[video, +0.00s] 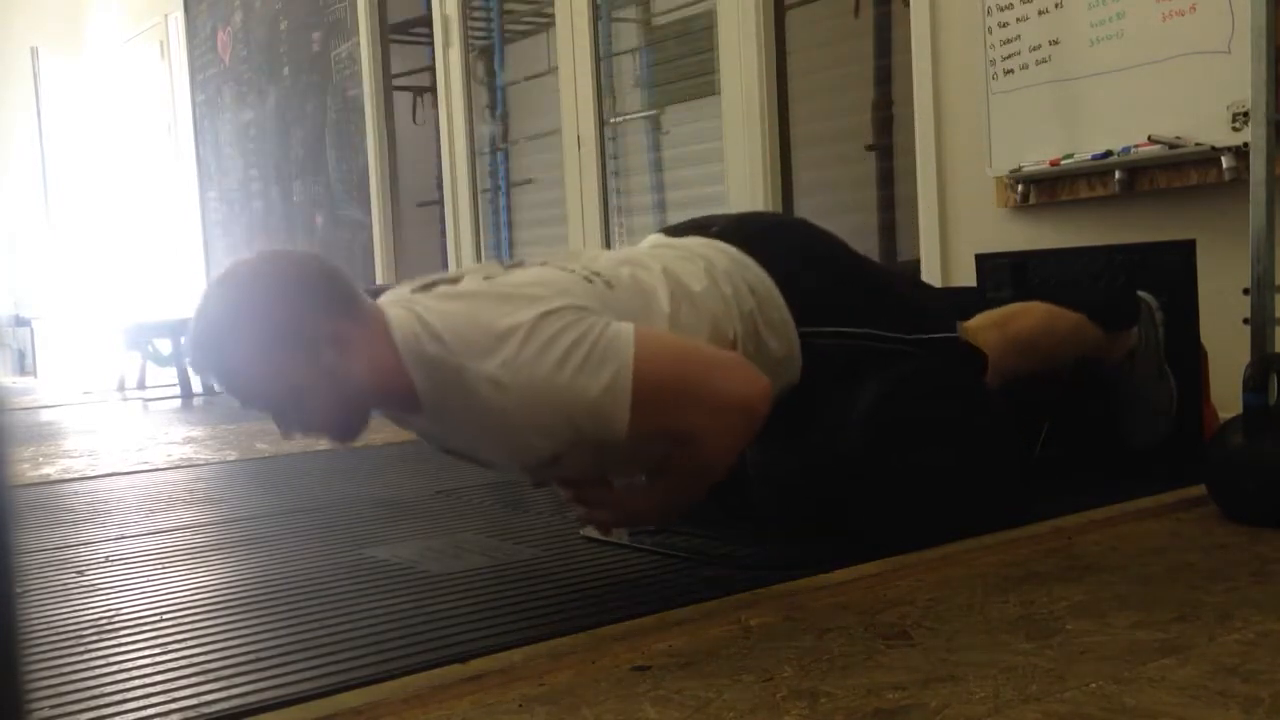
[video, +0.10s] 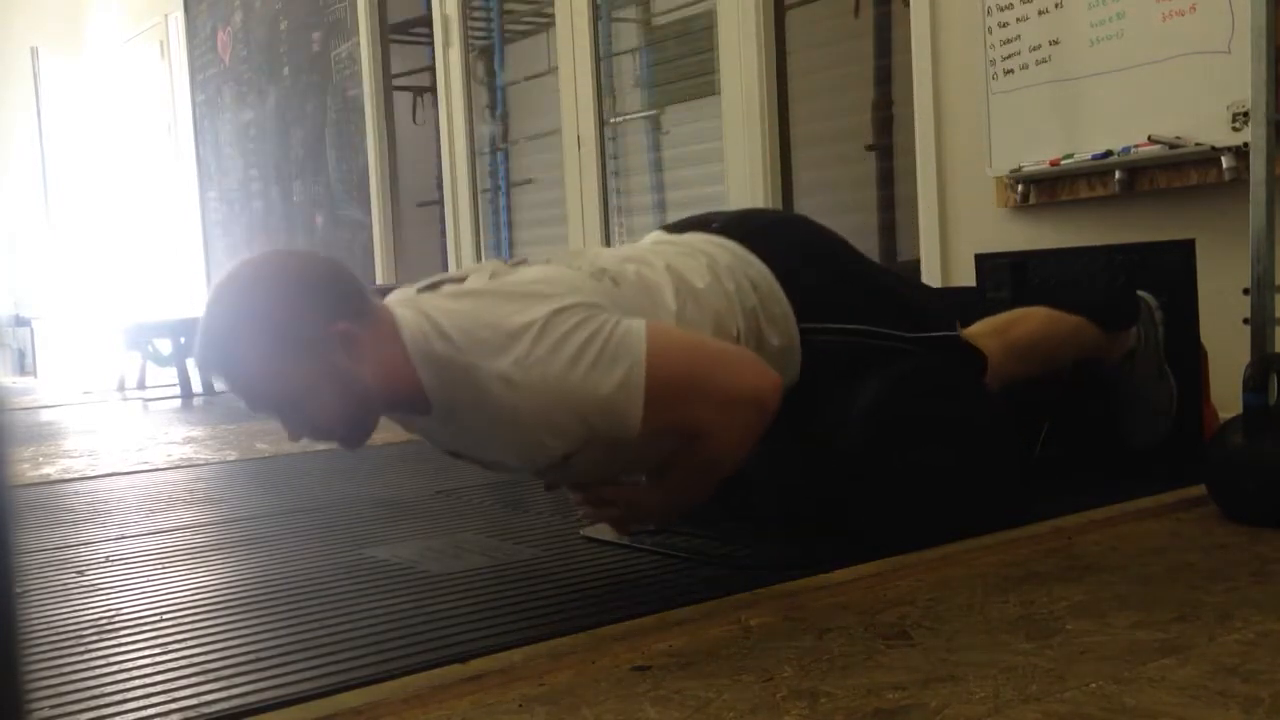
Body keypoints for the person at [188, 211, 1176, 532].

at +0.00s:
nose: (282, 420)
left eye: (277, 393)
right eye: (262, 405)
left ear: (338, 346)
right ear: (330, 336)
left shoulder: (505, 367)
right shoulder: (398, 343)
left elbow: (743, 404)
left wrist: (653, 495)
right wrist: (597, 460)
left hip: (766, 298)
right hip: (705, 266)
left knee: (959, 340)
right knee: (918, 312)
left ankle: (1120, 334)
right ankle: (1065, 321)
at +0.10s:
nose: (281, 418)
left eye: (276, 391)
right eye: (262, 400)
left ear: (347, 346)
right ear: (340, 339)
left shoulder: (515, 368)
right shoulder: (404, 334)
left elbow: (752, 399)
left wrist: (666, 496)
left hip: (774, 292)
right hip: (712, 260)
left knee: (953, 346)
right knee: (913, 311)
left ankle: (1113, 329)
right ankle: (1064, 303)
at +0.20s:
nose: (293, 362)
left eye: (293, 332)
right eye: (274, 342)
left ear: (363, 283)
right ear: (347, 289)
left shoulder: (515, 312)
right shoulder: (411, 326)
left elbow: (758, 360)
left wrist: (662, 466)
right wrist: (614, 447)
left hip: (786, 267)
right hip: (717, 259)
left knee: (957, 358)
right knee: (922, 323)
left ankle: (1108, 333)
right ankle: (1051, 334)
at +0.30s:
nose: (320, 233)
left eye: (327, 201)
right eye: (308, 211)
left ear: (397, 165)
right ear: (367, 187)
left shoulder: (547, 226)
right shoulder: (434, 260)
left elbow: (781, 303)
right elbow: (592, 307)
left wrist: (673, 408)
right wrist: (607, 390)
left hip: (812, 244)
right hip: (726, 257)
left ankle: (1095, 338)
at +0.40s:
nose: (388, 91)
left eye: (404, 57)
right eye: (373, 65)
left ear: (475, 39)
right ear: (369, 64)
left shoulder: (604, 133)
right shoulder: (458, 166)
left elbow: (812, 234)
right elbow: (587, 257)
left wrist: (688, 349)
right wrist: (624, 330)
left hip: (836, 230)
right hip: (710, 274)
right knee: (682, 452)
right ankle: (959, 376)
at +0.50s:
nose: (480, 2)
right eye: (481, 4)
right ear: (507, 3)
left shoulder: (688, 38)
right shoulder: (517, 78)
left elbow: (849, 171)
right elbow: (631, 188)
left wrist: (708, 282)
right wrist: (637, 252)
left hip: (861, 277)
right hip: (757, 303)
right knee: (683, 451)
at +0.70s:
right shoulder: (651, 8)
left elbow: (930, 57)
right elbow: (658, 85)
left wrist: (778, 144)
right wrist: (684, 149)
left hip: (907, 225)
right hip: (793, 258)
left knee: (970, 442)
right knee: (841, 461)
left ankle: (1106, 349)